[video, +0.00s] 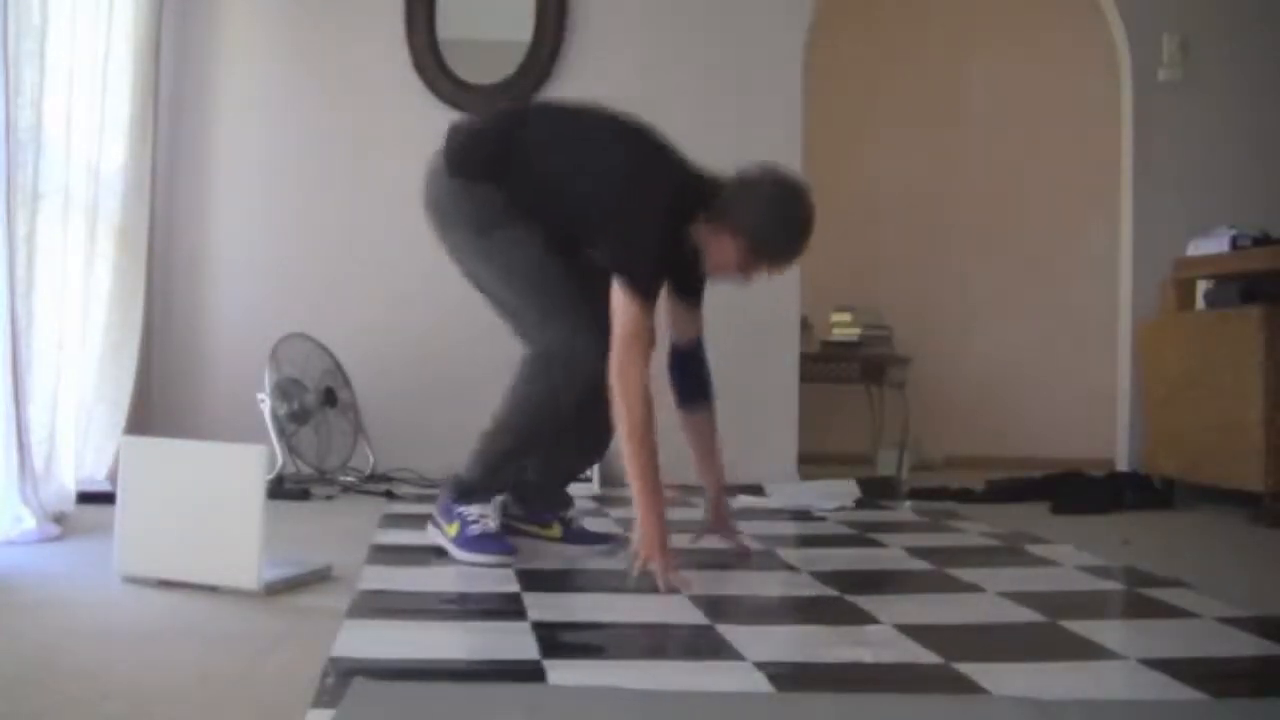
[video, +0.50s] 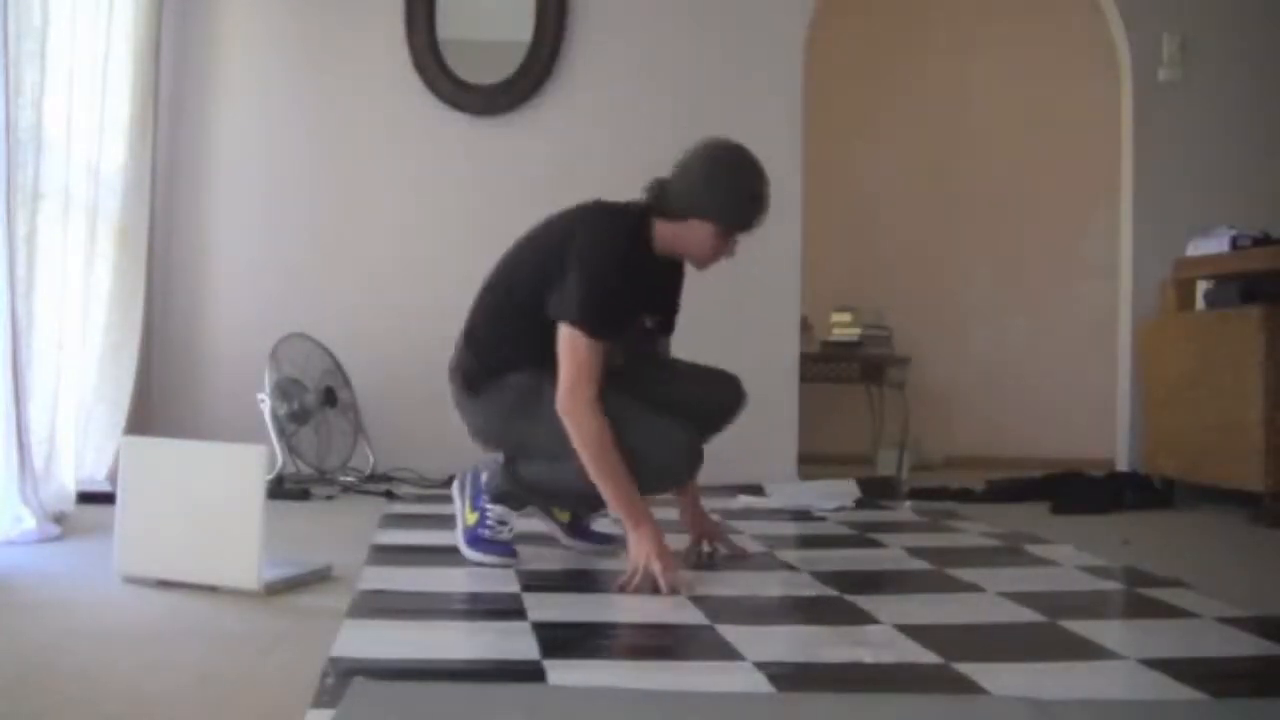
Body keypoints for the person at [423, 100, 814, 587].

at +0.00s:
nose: (746, 275)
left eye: (758, 269)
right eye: (752, 261)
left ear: (731, 223)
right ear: (733, 230)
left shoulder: (691, 237)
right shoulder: (647, 217)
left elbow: (687, 365)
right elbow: (627, 378)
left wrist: (716, 496)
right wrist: (649, 518)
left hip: (535, 200)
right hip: (471, 186)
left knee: (606, 367)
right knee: (567, 347)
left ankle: (533, 500)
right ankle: (465, 500)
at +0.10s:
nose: (744, 297)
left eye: (754, 290)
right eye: (749, 283)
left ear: (728, 245)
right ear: (730, 254)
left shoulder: (687, 257)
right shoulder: (643, 232)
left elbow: (672, 380)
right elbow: (607, 389)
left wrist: (693, 510)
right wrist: (640, 524)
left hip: (525, 221)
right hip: (466, 214)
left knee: (637, 355)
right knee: (577, 356)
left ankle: (536, 503)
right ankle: (463, 503)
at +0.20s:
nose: (754, 300)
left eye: (765, 291)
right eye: (760, 285)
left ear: (736, 249)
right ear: (739, 256)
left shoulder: (690, 264)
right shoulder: (646, 236)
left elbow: (667, 383)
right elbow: (600, 391)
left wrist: (690, 509)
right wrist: (640, 528)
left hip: (530, 274)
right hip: (471, 271)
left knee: (658, 373)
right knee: (611, 386)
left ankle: (542, 504)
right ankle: (471, 496)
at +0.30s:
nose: (758, 287)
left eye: (767, 276)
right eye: (762, 271)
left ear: (733, 243)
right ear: (736, 247)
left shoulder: (687, 265)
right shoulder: (640, 239)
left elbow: (670, 384)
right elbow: (595, 395)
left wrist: (690, 509)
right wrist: (641, 530)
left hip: (538, 310)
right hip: (479, 310)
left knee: (679, 374)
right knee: (644, 395)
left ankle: (551, 501)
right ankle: (477, 494)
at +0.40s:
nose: (746, 264)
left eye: (753, 251)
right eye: (745, 246)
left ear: (710, 218)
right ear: (713, 222)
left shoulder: (675, 263)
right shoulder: (616, 243)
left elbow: (657, 381)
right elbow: (584, 399)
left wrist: (691, 509)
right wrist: (641, 529)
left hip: (556, 359)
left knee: (708, 385)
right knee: (663, 434)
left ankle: (565, 493)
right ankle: (487, 488)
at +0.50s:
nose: (730, 250)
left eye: (736, 236)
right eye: (727, 233)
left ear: (691, 213)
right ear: (695, 215)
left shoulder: (665, 262)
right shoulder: (601, 246)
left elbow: (651, 379)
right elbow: (575, 402)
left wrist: (691, 507)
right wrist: (640, 528)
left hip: (568, 379)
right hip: (498, 393)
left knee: (718, 396)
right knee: (669, 454)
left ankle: (567, 493)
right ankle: (492, 487)